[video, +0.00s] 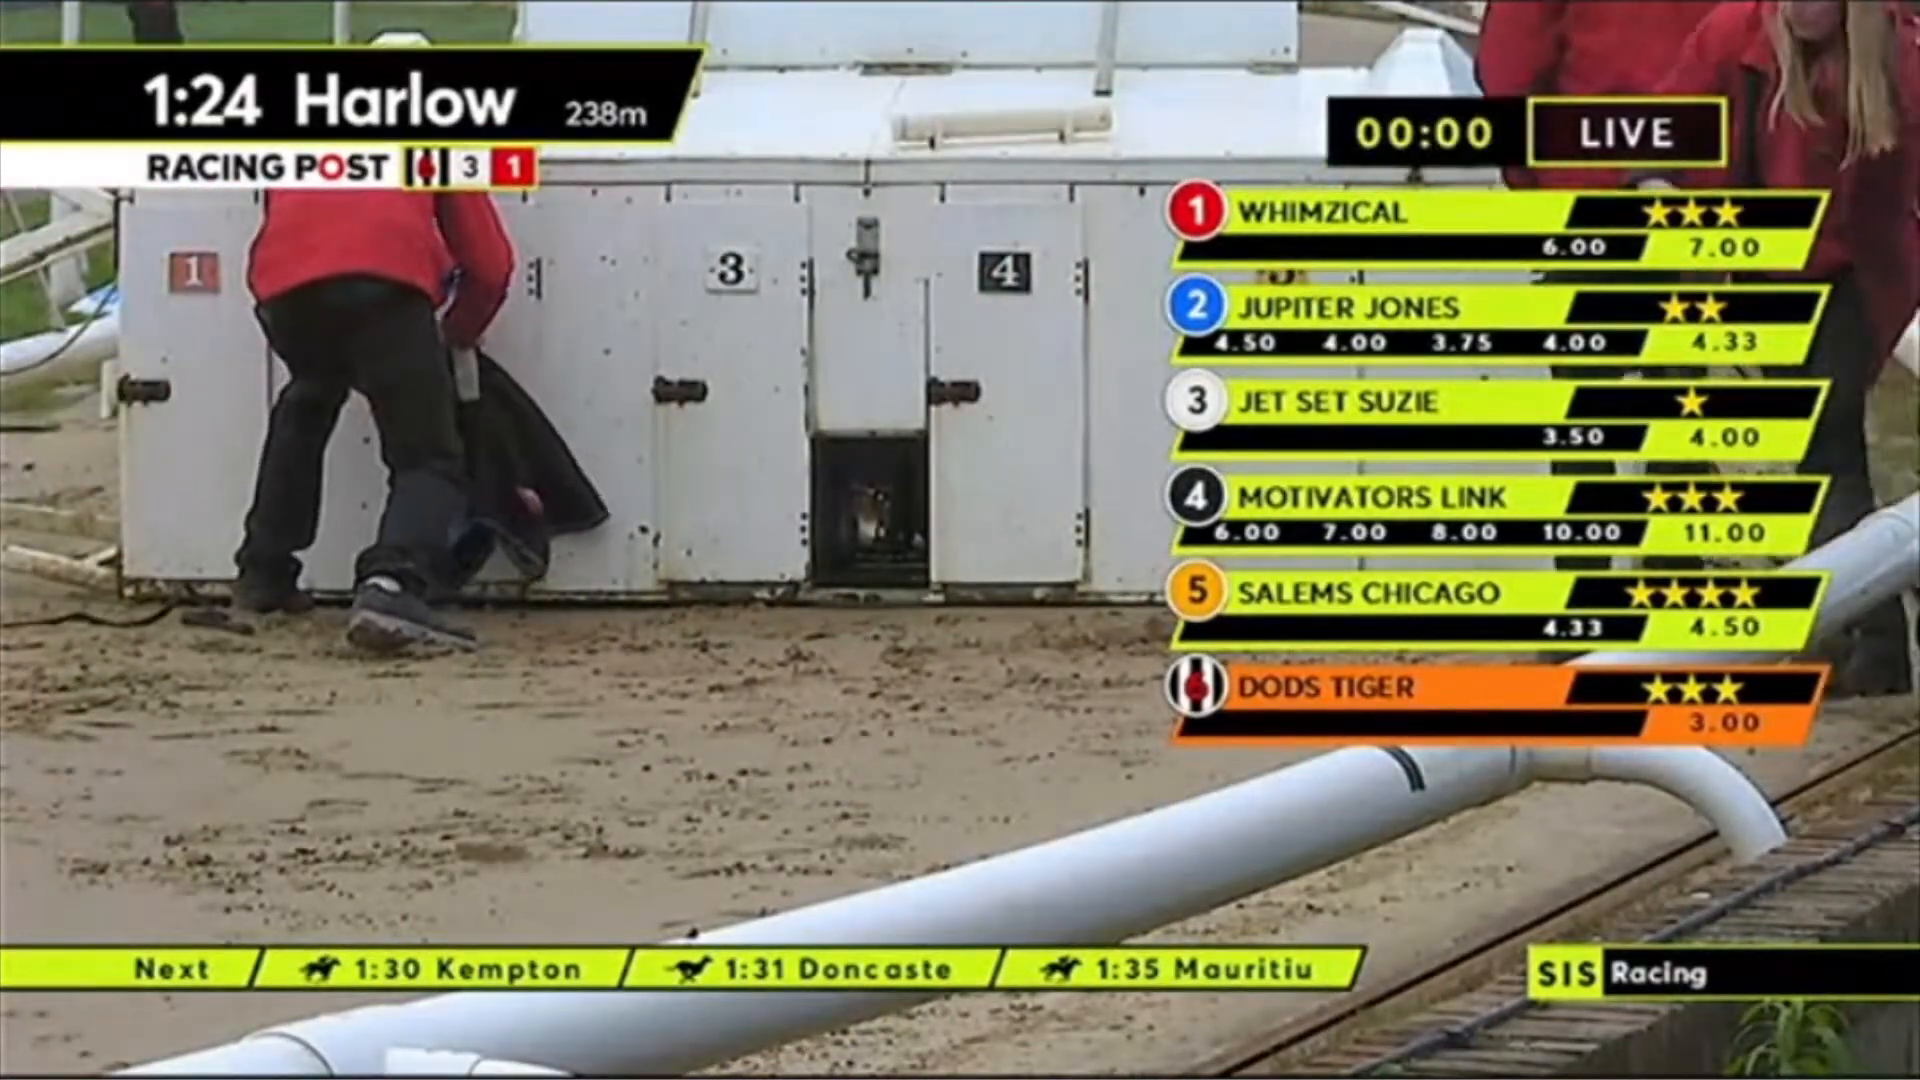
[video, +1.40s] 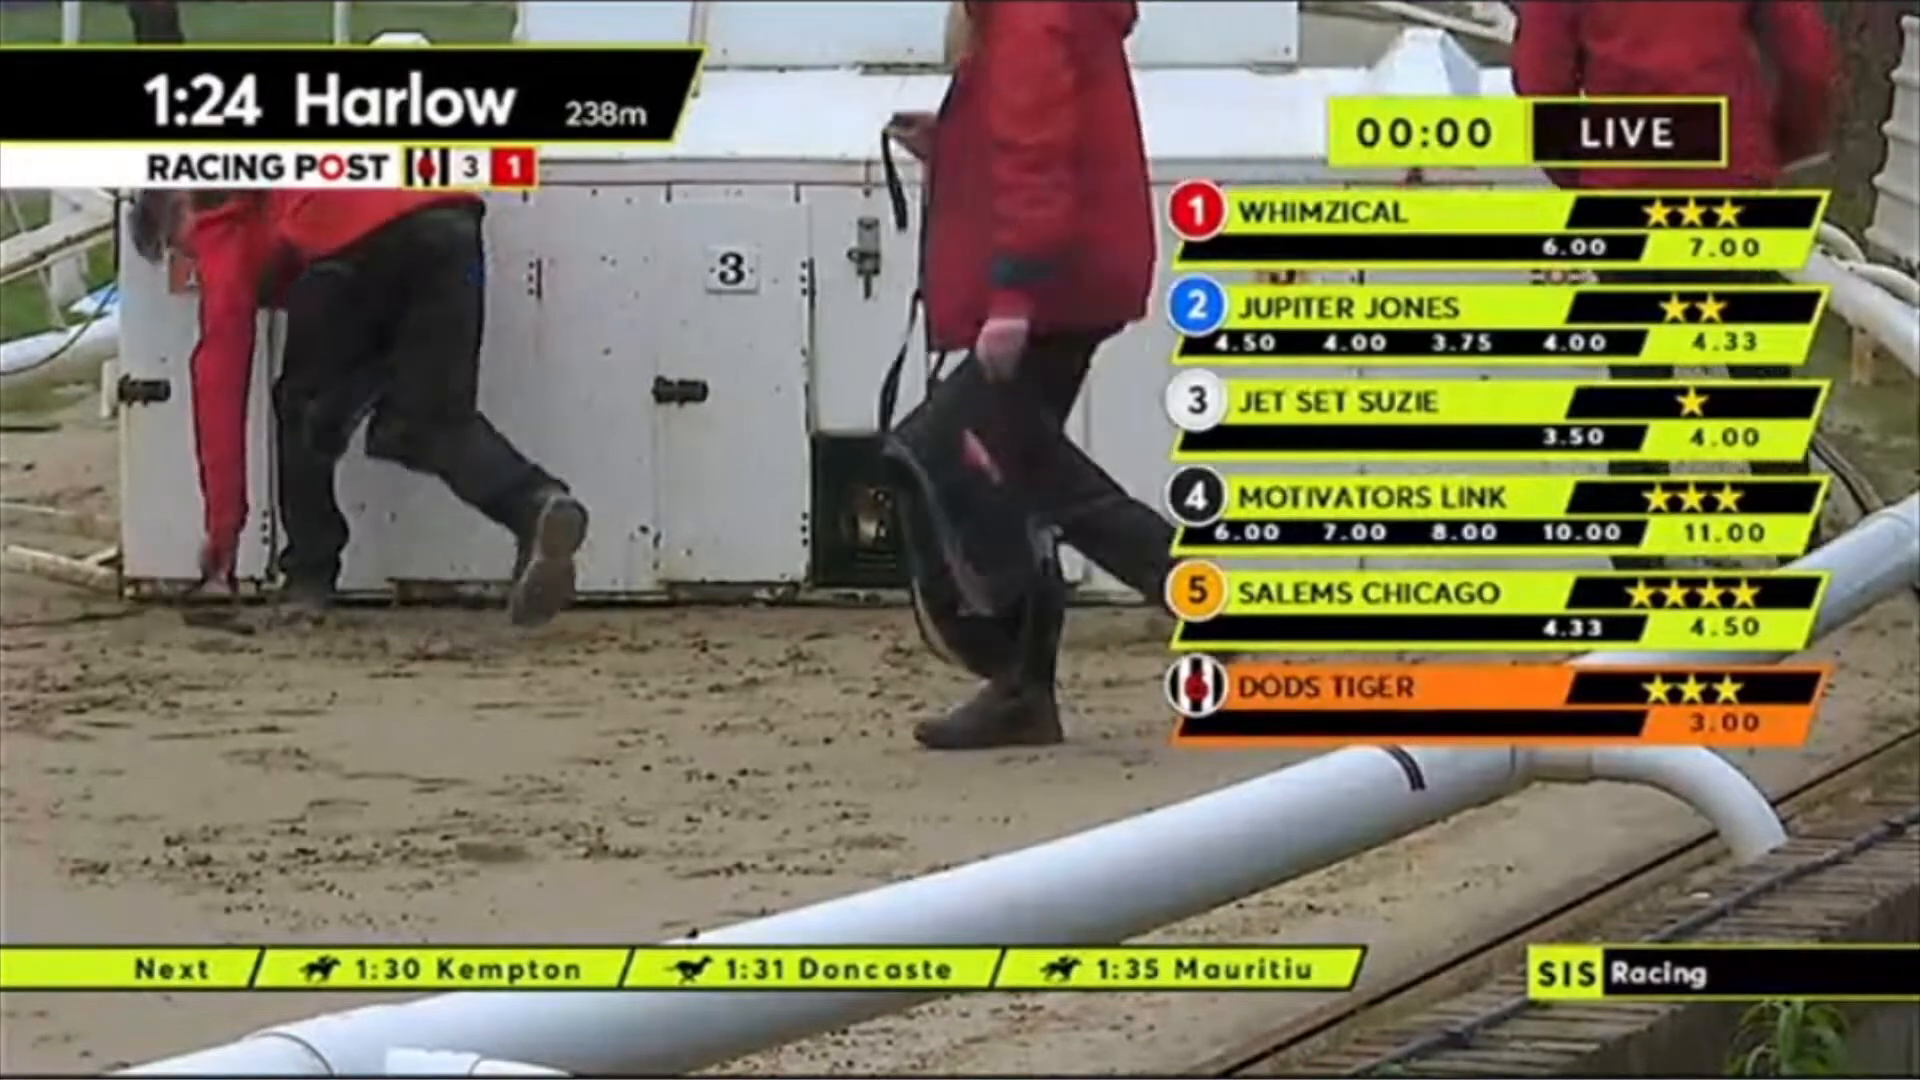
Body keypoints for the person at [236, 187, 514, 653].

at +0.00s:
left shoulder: (295, 163)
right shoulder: (435, 158)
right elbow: (492, 265)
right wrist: (455, 333)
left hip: (282, 286)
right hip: (385, 282)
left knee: (312, 386)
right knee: (427, 460)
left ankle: (263, 572)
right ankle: (391, 586)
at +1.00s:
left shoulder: (269, 176)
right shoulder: (432, 157)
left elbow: (238, 286)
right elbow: (503, 235)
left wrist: (263, 414)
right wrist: (456, 316)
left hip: (308, 248)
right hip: (410, 234)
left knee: (321, 388)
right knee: (414, 416)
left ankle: (289, 574)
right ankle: (411, 571)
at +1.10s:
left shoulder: (264, 166)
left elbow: (225, 298)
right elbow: (501, 174)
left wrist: (219, 462)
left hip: (326, 250)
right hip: (426, 230)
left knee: (327, 391)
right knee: (418, 407)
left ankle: (312, 575)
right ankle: (424, 564)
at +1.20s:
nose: (217, 236)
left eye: (210, 218)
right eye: (207, 225)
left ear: (214, 196)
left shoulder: (241, 189)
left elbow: (223, 337)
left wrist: (202, 498)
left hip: (338, 250)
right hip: (438, 227)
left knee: (312, 399)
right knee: (426, 405)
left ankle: (311, 576)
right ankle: (440, 554)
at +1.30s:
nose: (201, 269)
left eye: (191, 252)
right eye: (188, 260)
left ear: (194, 209)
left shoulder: (229, 217)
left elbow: (222, 372)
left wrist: (198, 529)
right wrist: (371, 396)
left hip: (342, 251)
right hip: (446, 223)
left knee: (305, 401)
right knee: (434, 399)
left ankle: (310, 579)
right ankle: (481, 539)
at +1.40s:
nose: (187, 276)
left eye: (178, 251)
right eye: (174, 260)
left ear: (185, 209)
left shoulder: (225, 225)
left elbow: (221, 374)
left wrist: (222, 527)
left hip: (347, 245)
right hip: (444, 217)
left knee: (307, 415)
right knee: (424, 419)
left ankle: (308, 582)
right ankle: (539, 507)